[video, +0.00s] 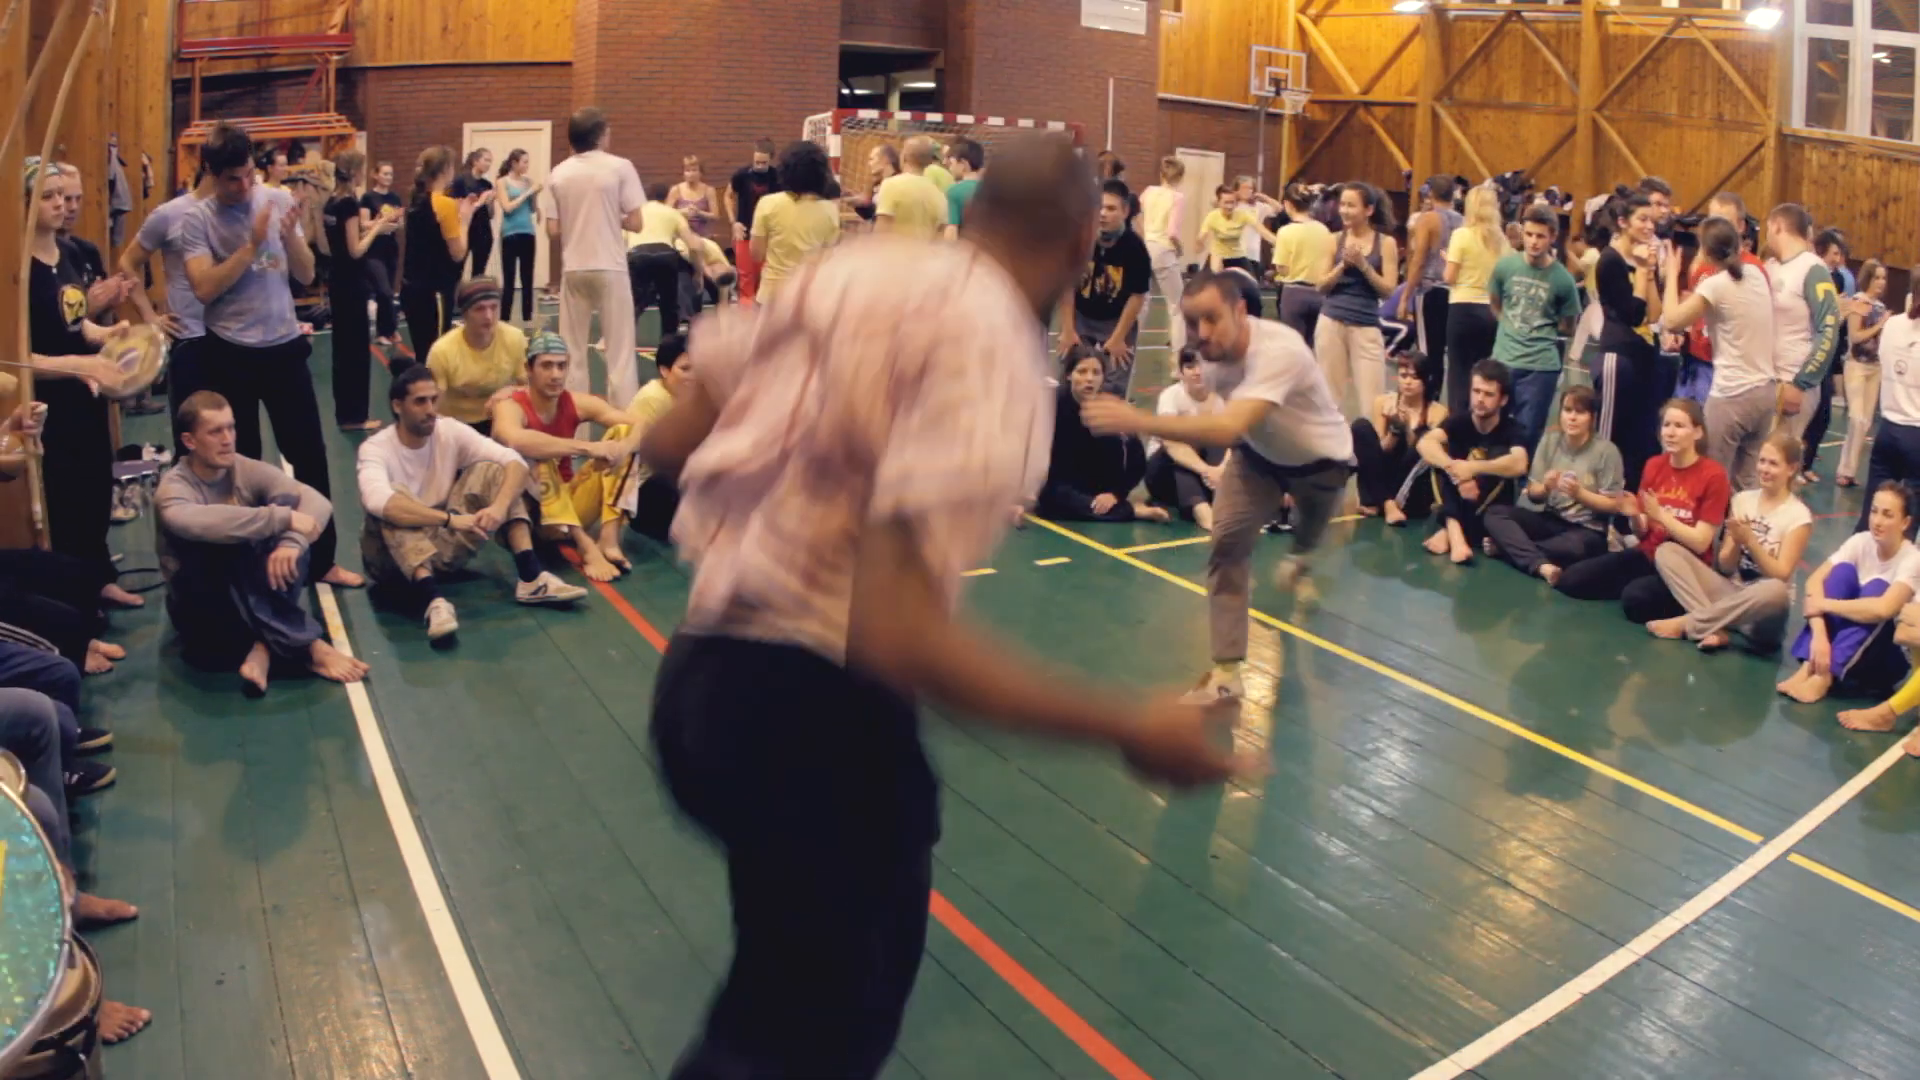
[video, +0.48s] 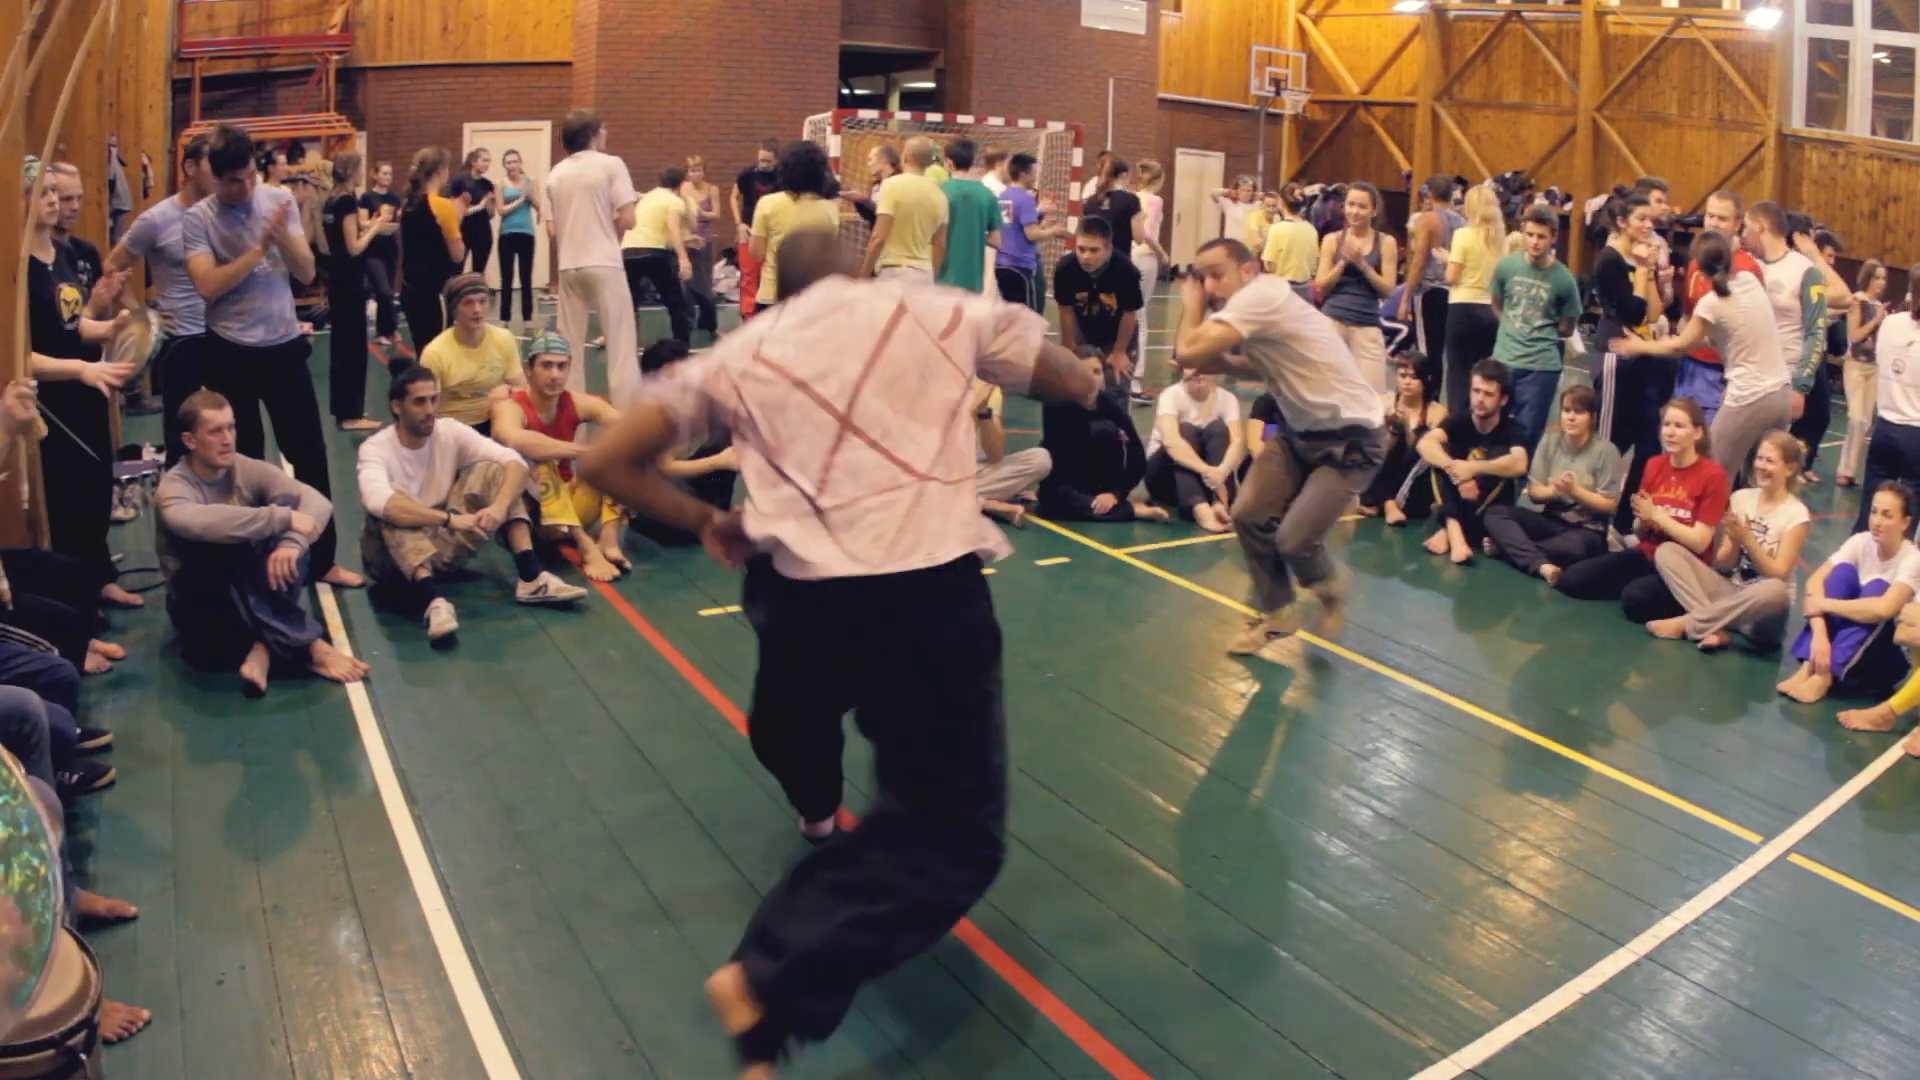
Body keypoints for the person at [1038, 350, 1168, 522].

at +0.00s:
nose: (1089, 378)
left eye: (1096, 372)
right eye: (1082, 372)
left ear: (1103, 378)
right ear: (1069, 376)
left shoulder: (1112, 412)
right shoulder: (1056, 409)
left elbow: (1138, 462)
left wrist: (1116, 494)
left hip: (1105, 489)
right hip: (1067, 487)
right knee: (1053, 502)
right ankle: (1130, 511)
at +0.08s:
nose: (1089, 378)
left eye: (1096, 373)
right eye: (1082, 372)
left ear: (1102, 379)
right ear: (1070, 375)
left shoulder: (1111, 409)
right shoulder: (1056, 408)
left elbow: (1139, 462)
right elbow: (1054, 463)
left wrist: (1116, 494)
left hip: (1104, 486)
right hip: (1068, 484)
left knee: (1107, 432)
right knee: (1053, 502)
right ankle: (1130, 512)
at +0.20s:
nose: (1090, 378)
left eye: (1096, 372)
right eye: (1082, 372)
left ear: (1103, 378)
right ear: (1069, 376)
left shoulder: (1112, 411)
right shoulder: (1055, 407)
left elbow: (1139, 463)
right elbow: (1052, 459)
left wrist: (1116, 494)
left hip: (1103, 483)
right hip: (1067, 482)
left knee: (1106, 431)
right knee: (1052, 503)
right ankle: (1130, 512)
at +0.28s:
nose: (1089, 378)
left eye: (1096, 372)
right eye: (1082, 371)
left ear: (1103, 379)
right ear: (1069, 376)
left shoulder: (1115, 404)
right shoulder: (1054, 402)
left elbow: (1137, 460)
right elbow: (1054, 454)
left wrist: (1115, 493)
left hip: (1107, 476)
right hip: (1068, 477)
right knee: (1068, 506)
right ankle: (1131, 510)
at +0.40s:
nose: (1090, 378)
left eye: (1096, 372)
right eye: (1083, 372)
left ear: (1103, 378)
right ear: (1070, 376)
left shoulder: (1113, 412)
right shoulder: (1059, 412)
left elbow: (1138, 463)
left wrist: (1115, 494)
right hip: (1069, 484)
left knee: (1105, 431)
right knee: (1050, 503)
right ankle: (1129, 512)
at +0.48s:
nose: (1091, 379)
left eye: (1096, 372)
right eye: (1084, 372)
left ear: (1104, 375)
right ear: (1071, 376)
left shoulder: (1111, 410)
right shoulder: (1057, 409)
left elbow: (1138, 462)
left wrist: (1116, 494)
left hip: (1105, 485)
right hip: (1067, 485)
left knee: (1104, 431)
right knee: (1054, 503)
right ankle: (1130, 511)